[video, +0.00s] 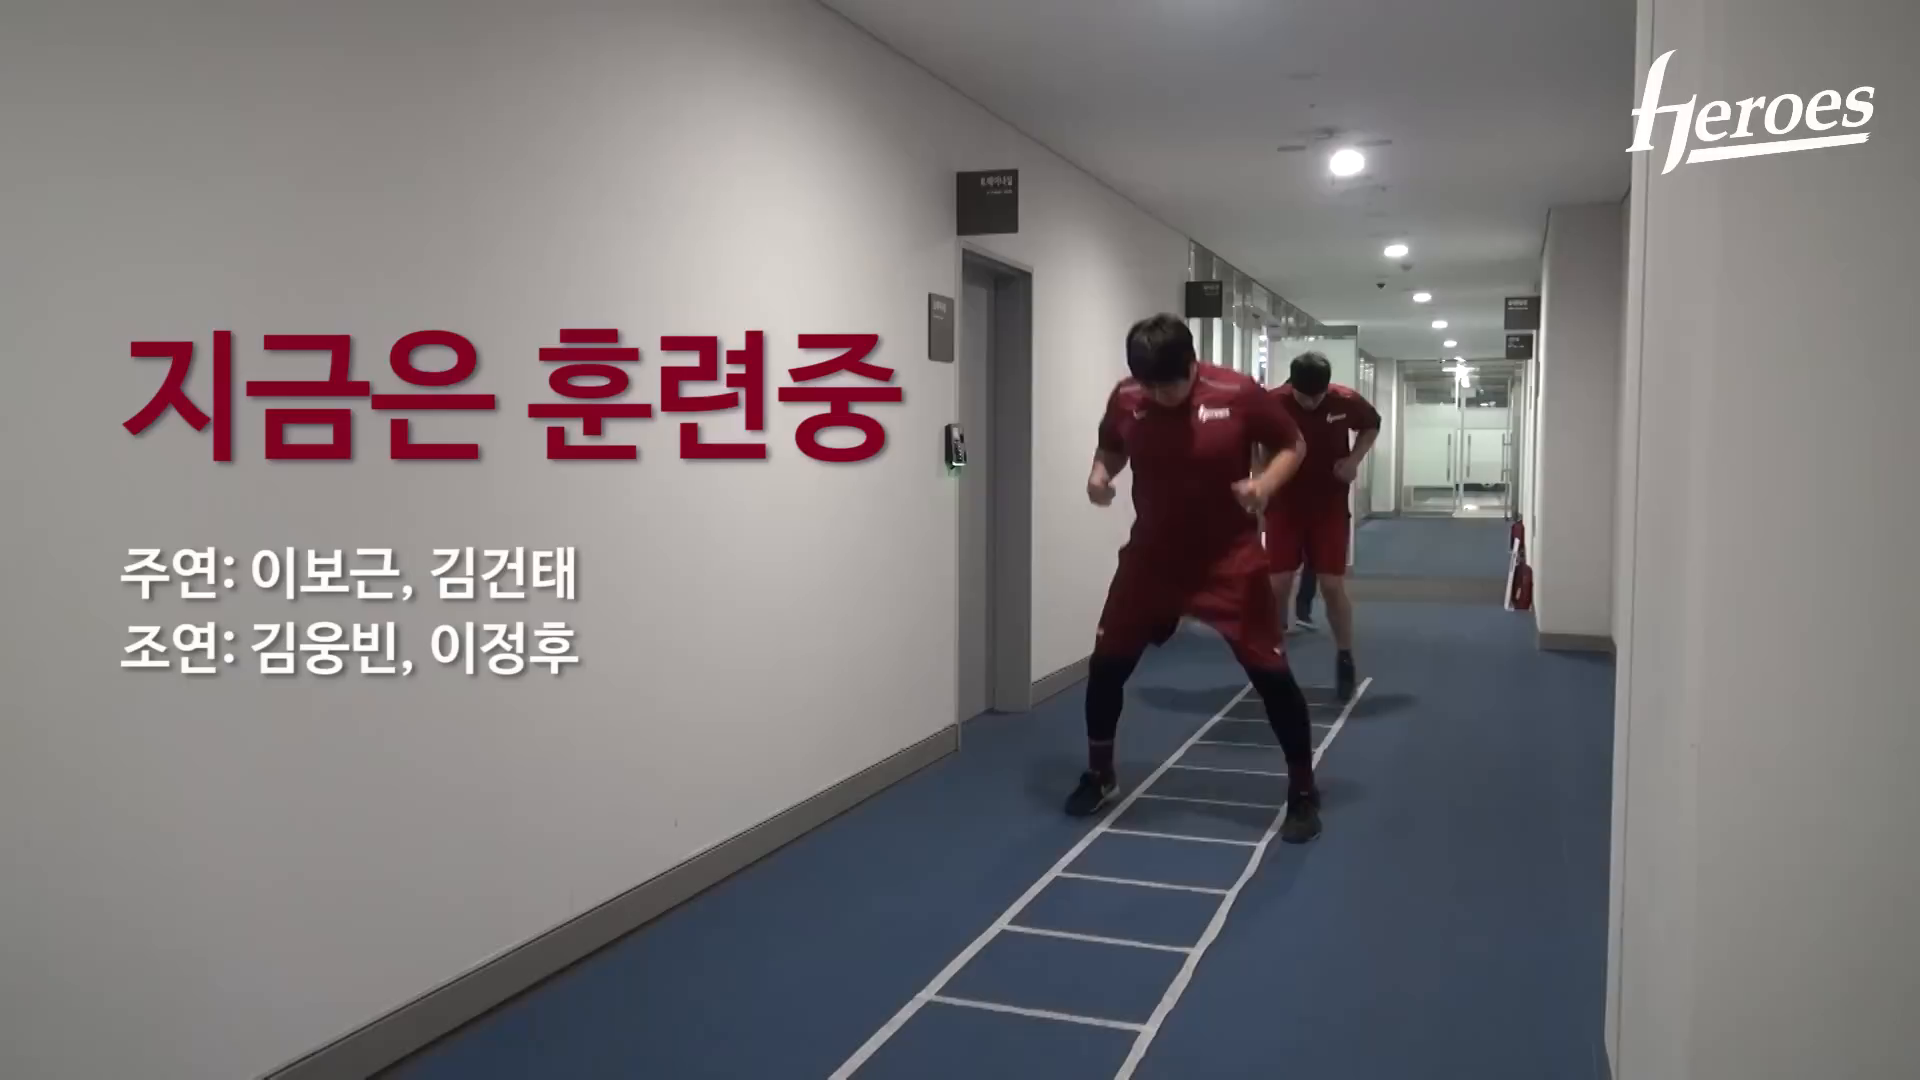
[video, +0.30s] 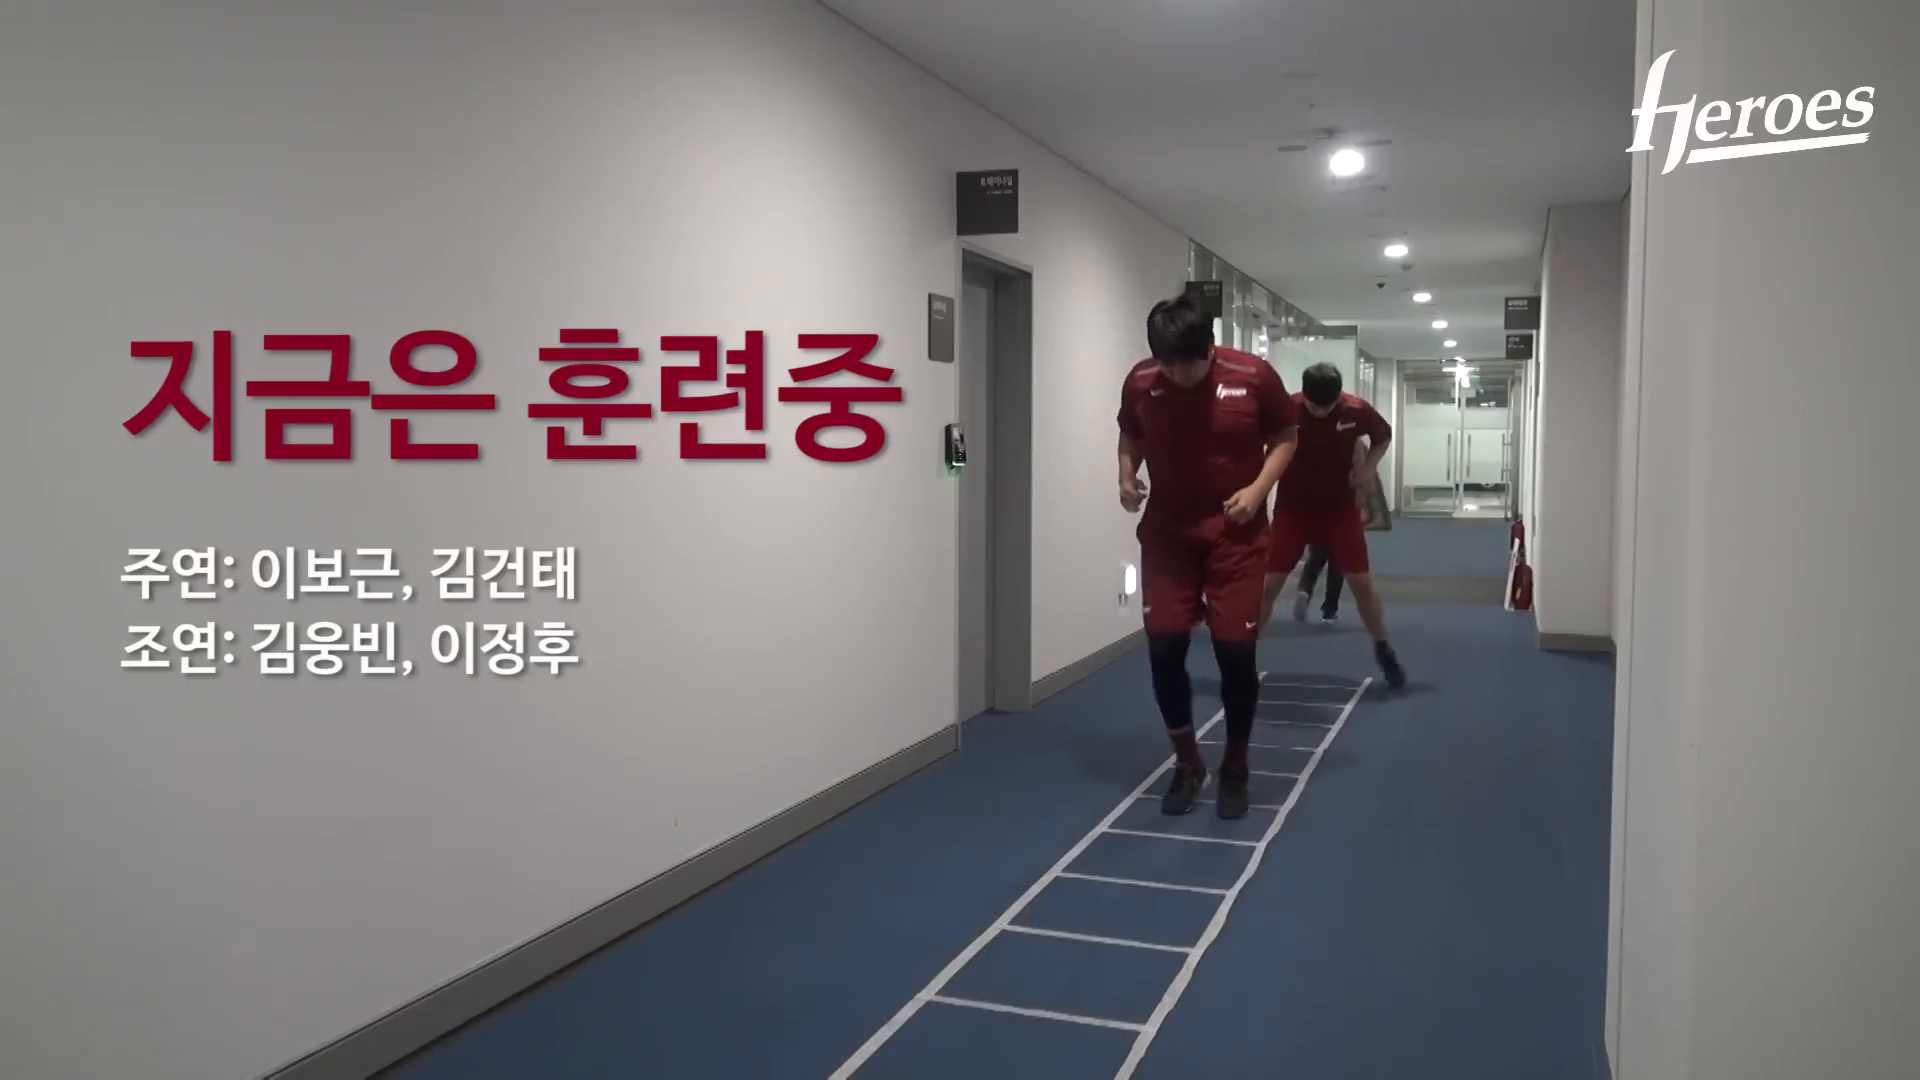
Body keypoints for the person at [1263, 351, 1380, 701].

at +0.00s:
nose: (1310, 403)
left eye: (1316, 397)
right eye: (1304, 397)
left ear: (1327, 387)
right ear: (1292, 385)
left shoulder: (1345, 401)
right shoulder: (1272, 403)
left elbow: (1371, 424)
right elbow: (1250, 438)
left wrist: (1354, 459)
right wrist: (1259, 476)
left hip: (1329, 507)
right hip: (1284, 506)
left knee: (1331, 585)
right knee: (1278, 586)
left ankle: (1344, 658)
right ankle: (1273, 659)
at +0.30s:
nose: (1320, 413)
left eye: (1326, 408)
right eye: (1314, 407)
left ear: (1338, 397)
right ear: (1304, 394)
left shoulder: (1355, 410)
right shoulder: (1288, 410)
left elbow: (1382, 434)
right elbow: (1260, 440)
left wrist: (1368, 466)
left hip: (1339, 509)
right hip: (1293, 507)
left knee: (1362, 582)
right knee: (1271, 582)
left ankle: (1384, 650)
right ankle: (1244, 652)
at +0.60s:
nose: (1325, 408)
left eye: (1332, 404)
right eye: (1320, 403)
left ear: (1343, 393)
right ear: (1309, 391)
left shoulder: (1360, 405)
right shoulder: (1292, 404)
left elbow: (1386, 431)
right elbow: (1265, 428)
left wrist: (1371, 463)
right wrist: (1276, 461)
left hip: (1341, 501)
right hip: (1297, 499)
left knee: (1350, 579)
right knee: (1281, 577)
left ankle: (1372, 649)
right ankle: (1279, 653)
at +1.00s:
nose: (1320, 414)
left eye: (1327, 407)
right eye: (1314, 407)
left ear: (1338, 398)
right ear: (1305, 396)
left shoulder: (1360, 410)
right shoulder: (1295, 414)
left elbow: (1390, 430)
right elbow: (1272, 450)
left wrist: (1384, 466)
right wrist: (1282, 483)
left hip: (1344, 508)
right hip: (1299, 506)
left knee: (1365, 578)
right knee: (1274, 576)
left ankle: (1383, 647)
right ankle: (1260, 647)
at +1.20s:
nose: (1331, 424)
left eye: (1337, 418)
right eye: (1327, 417)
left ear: (1350, 413)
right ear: (1318, 411)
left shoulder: (1367, 436)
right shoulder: (1301, 434)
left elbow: (1389, 480)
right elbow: (1279, 473)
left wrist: (1387, 516)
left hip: (1349, 523)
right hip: (1304, 521)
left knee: (1372, 586)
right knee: (1279, 589)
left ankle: (1388, 652)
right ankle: (1250, 646)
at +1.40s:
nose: (1365, 399)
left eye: (1372, 393)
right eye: (1360, 392)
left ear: (1384, 390)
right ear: (1353, 388)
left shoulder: (1399, 421)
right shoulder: (1332, 416)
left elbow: (1407, 470)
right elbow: (1313, 459)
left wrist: (1374, 481)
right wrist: (1305, 500)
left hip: (1374, 512)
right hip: (1331, 506)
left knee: (1384, 579)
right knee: (1300, 570)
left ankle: (1391, 651)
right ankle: (1271, 640)